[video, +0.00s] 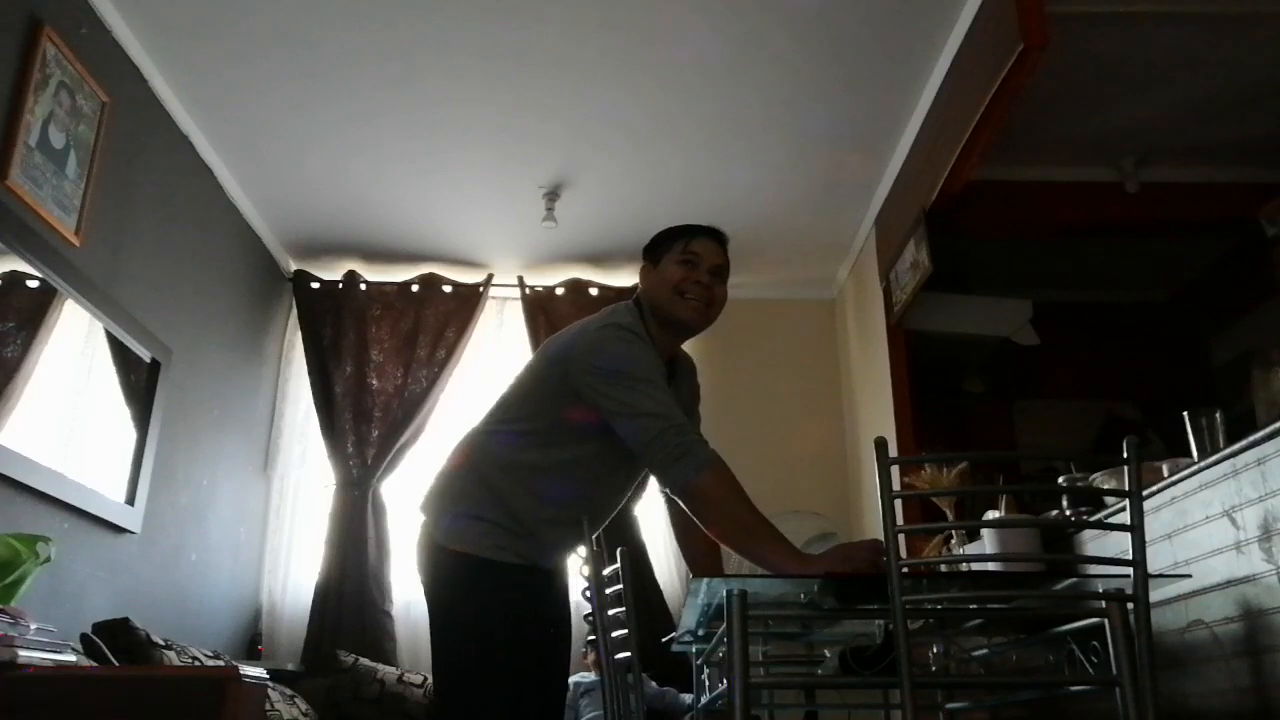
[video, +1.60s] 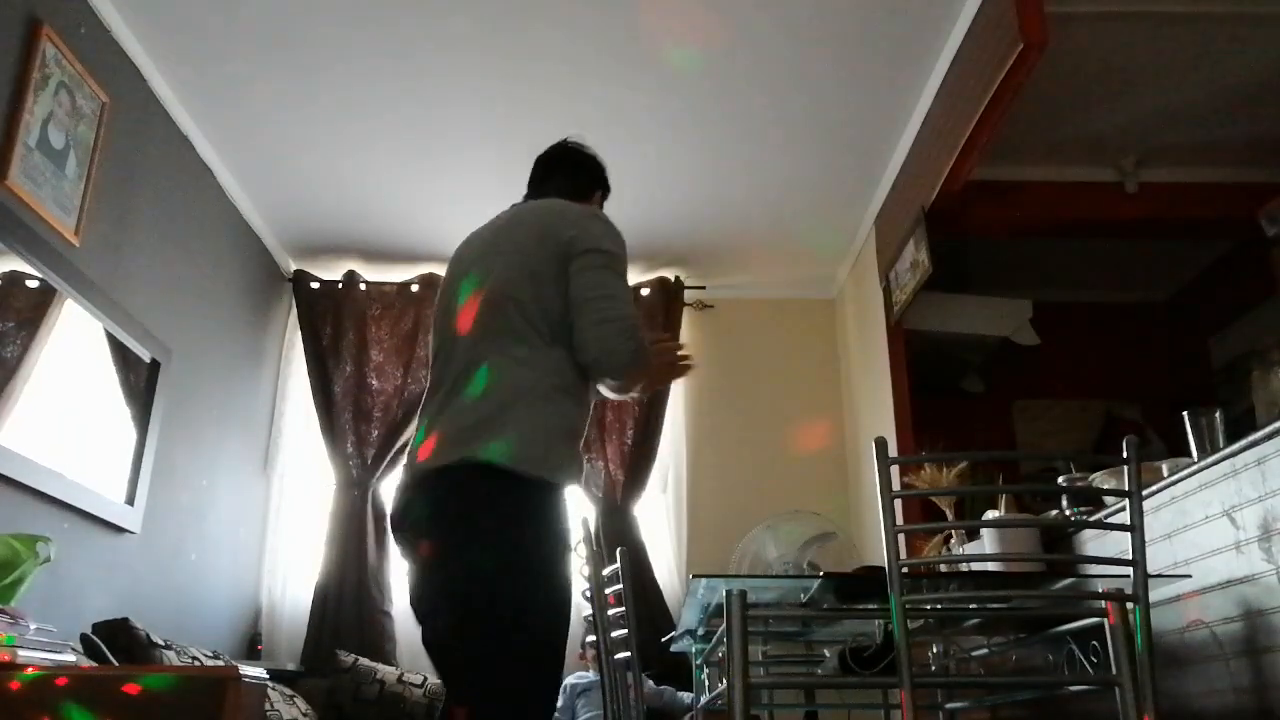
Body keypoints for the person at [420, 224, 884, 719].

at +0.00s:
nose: (703, 280)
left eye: (717, 275)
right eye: (687, 263)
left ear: (722, 300)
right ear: (646, 272)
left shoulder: (679, 378)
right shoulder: (611, 343)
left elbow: (687, 498)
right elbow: (691, 470)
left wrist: (718, 602)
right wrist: (798, 564)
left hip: (536, 555)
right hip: (476, 542)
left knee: (538, 704)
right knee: (488, 706)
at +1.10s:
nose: (714, 327)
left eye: (718, 312)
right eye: (714, 307)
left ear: (671, 290)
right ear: (679, 289)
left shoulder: (624, 355)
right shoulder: (605, 342)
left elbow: (671, 499)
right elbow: (686, 474)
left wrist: (718, 599)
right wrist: (803, 562)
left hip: (505, 563)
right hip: (473, 560)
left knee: (550, 712)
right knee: (546, 714)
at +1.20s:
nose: (685, 325)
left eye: (690, 308)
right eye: (689, 305)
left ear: (626, 281)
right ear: (668, 290)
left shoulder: (579, 335)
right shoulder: (599, 333)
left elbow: (656, 487)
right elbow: (682, 456)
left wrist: (722, 579)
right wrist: (799, 547)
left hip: (470, 563)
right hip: (484, 566)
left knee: (520, 714)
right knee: (555, 713)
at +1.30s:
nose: (656, 286)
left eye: (660, 275)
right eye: (660, 272)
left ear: (595, 250)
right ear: (645, 261)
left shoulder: (547, 299)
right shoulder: (596, 295)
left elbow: (607, 449)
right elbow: (635, 416)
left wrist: (708, 500)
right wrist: (771, 464)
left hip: (462, 537)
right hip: (498, 541)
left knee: (520, 707)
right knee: (552, 708)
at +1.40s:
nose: (642, 242)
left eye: (644, 231)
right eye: (645, 229)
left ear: (585, 202)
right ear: (639, 216)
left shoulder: (534, 248)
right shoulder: (598, 237)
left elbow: (565, 397)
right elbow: (605, 353)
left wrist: (673, 420)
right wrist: (725, 378)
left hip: (461, 484)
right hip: (501, 490)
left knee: (491, 679)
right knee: (530, 684)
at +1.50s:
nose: (623, 204)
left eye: (625, 197)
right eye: (623, 195)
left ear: (556, 174)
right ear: (615, 184)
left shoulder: (500, 228)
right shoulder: (599, 205)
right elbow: (611, 327)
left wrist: (633, 357)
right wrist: (667, 374)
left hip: (440, 459)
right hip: (504, 459)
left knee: (473, 654)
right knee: (523, 662)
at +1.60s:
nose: (602, 213)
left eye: (603, 205)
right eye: (604, 204)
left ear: (531, 189)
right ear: (593, 196)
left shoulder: (472, 245)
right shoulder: (584, 226)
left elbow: (469, 361)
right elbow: (613, 360)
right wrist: (640, 369)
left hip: (429, 489)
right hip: (510, 488)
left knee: (469, 681)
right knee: (521, 682)